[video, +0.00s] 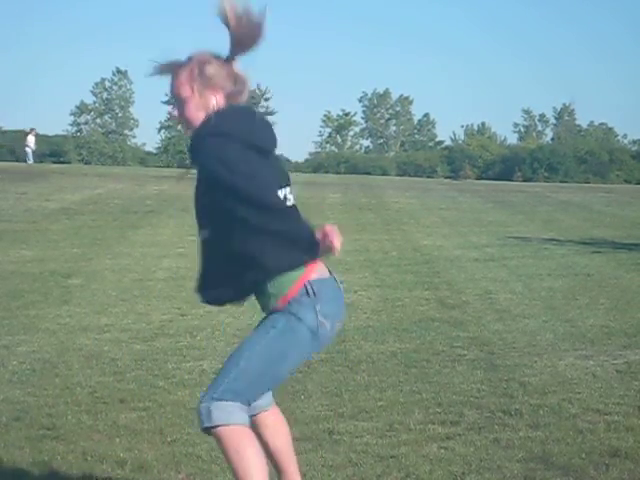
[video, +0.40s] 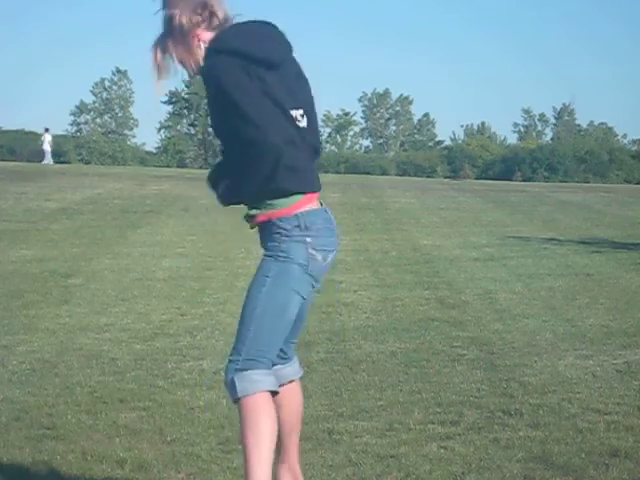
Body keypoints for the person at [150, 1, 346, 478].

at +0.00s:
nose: (173, 111)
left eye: (179, 100)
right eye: (173, 101)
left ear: (213, 96)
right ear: (219, 98)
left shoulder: (214, 143)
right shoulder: (242, 133)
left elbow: (263, 205)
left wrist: (311, 241)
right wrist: (309, 239)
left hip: (305, 305)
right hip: (312, 298)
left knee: (221, 405)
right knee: (254, 397)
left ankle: (258, 476)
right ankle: (291, 475)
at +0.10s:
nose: (170, 135)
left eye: (174, 124)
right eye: (169, 126)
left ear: (208, 120)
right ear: (208, 121)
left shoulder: (239, 159)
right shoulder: (227, 163)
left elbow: (258, 229)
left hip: (312, 312)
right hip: (305, 311)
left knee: (210, 411)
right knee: (247, 398)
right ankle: (291, 476)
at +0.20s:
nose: (176, 131)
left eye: (175, 119)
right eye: (172, 121)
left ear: (203, 104)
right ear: (207, 103)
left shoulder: (241, 135)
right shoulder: (240, 135)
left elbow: (275, 223)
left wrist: (227, 288)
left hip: (304, 294)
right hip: (301, 293)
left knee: (215, 404)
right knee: (250, 394)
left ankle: (253, 476)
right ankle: (291, 475)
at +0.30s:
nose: (184, 103)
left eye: (179, 91)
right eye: (176, 96)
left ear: (200, 63)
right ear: (211, 59)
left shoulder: (228, 90)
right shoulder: (267, 81)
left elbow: (278, 165)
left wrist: (238, 231)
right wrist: (233, 221)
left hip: (286, 251)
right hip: (308, 246)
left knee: (239, 385)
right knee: (270, 376)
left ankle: (263, 477)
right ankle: (288, 476)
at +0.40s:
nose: (187, 66)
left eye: (183, 54)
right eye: (181, 58)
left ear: (200, 32)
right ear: (214, 27)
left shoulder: (224, 62)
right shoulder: (271, 57)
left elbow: (267, 141)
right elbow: (308, 140)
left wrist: (224, 183)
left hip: (292, 236)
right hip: (311, 229)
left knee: (248, 372)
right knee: (281, 361)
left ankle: (258, 475)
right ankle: (290, 469)